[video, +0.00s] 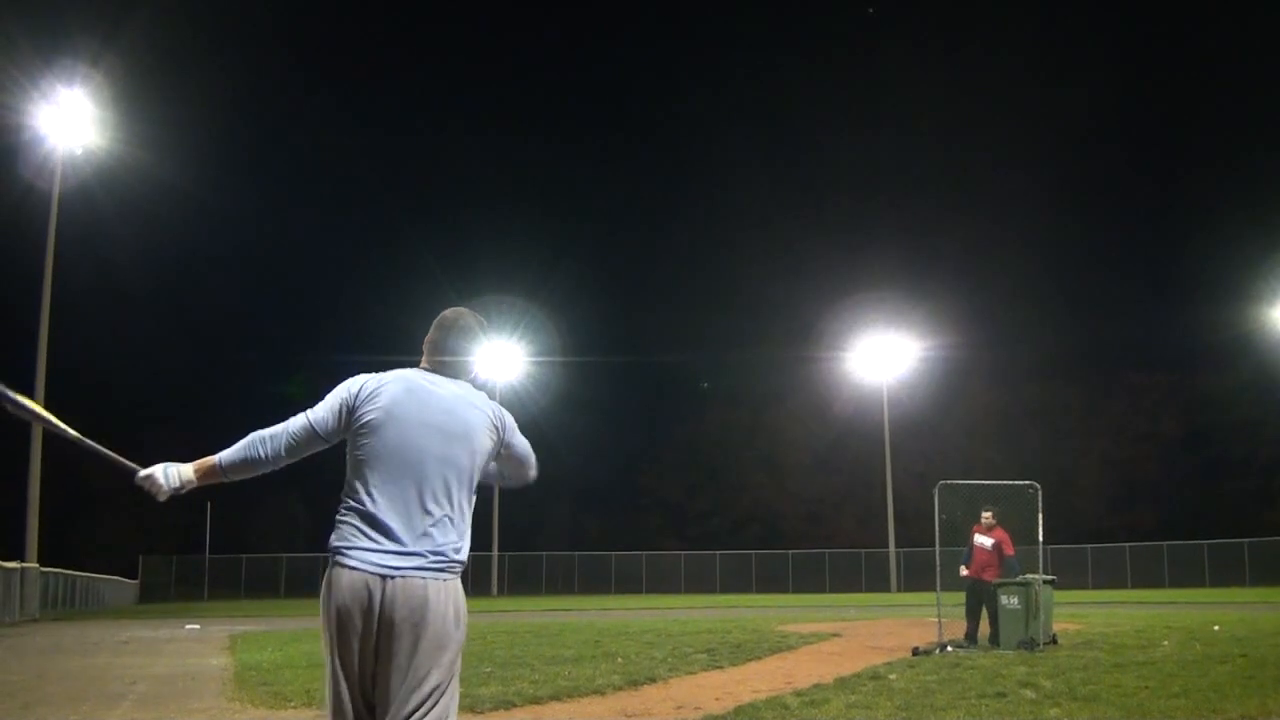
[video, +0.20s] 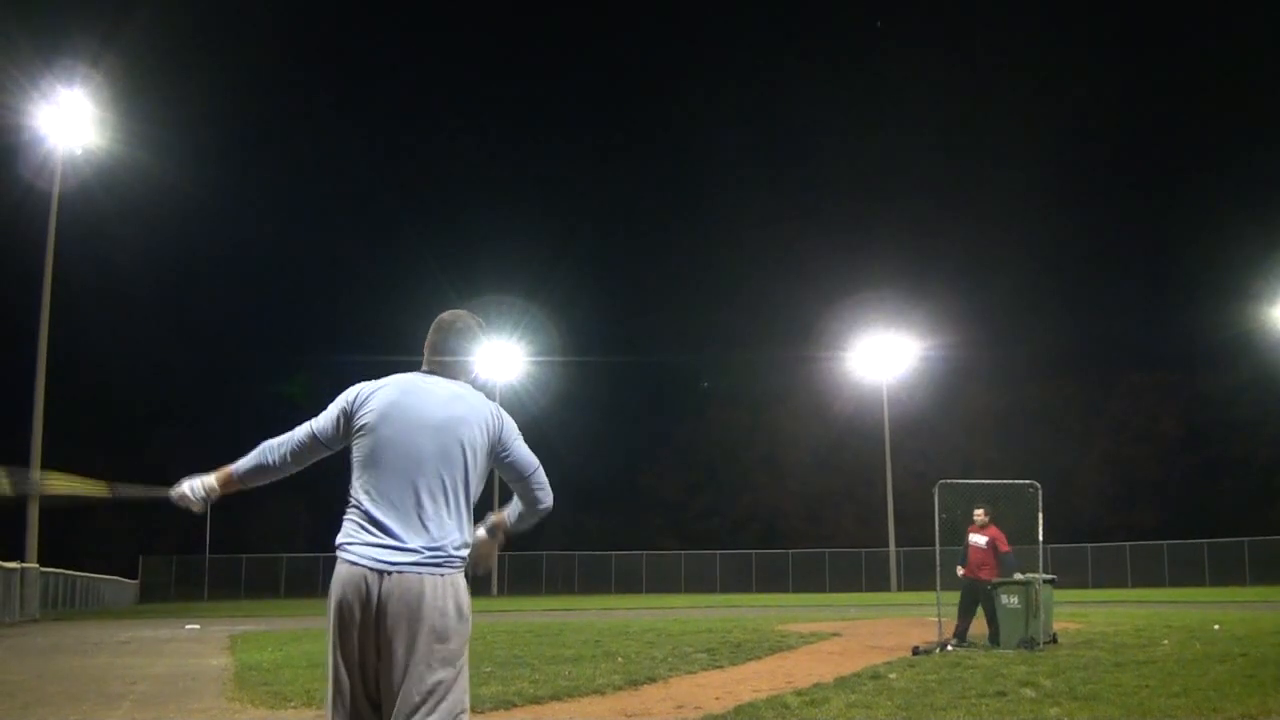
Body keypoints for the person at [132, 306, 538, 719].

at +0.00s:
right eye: (478, 352)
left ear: (426, 350)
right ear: (476, 361)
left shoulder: (369, 389)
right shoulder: (490, 415)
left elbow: (279, 443)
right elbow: (524, 471)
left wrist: (187, 473)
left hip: (350, 583)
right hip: (431, 592)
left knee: (348, 709)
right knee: (421, 712)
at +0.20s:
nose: (476, 367)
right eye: (476, 358)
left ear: (424, 354)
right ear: (474, 364)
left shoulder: (370, 394)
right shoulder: (491, 416)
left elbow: (290, 449)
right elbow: (538, 497)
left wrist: (215, 482)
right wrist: (496, 529)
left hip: (353, 578)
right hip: (433, 588)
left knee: (349, 707)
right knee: (430, 710)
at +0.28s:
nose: (476, 367)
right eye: (477, 359)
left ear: (427, 353)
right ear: (475, 360)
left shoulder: (369, 398)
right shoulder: (488, 414)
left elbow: (297, 460)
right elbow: (533, 509)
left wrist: (234, 502)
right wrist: (503, 556)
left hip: (355, 580)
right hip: (433, 588)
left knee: (354, 709)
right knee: (438, 710)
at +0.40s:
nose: (482, 367)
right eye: (479, 357)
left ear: (428, 354)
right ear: (475, 362)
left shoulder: (370, 398)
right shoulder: (486, 413)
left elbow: (315, 479)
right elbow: (517, 513)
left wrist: (266, 537)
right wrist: (502, 574)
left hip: (356, 581)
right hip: (435, 589)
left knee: (356, 711)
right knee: (447, 711)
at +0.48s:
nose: (482, 360)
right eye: (481, 351)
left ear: (428, 349)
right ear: (476, 356)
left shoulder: (367, 401)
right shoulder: (482, 409)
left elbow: (335, 498)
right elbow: (498, 513)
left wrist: (320, 561)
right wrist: (500, 584)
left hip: (357, 583)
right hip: (434, 589)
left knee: (359, 712)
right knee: (444, 711)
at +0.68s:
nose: (484, 350)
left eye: (482, 342)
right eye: (483, 342)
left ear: (425, 342)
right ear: (474, 346)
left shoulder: (369, 399)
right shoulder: (474, 401)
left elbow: (374, 495)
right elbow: (489, 507)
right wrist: (511, 587)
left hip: (356, 584)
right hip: (430, 586)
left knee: (361, 713)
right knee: (434, 711)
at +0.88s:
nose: (478, 344)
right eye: (477, 334)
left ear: (420, 335)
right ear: (472, 338)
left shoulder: (375, 390)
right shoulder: (460, 392)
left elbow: (394, 496)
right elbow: (489, 495)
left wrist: (457, 547)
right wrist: (567, 558)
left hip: (355, 583)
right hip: (422, 587)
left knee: (365, 713)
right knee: (429, 711)